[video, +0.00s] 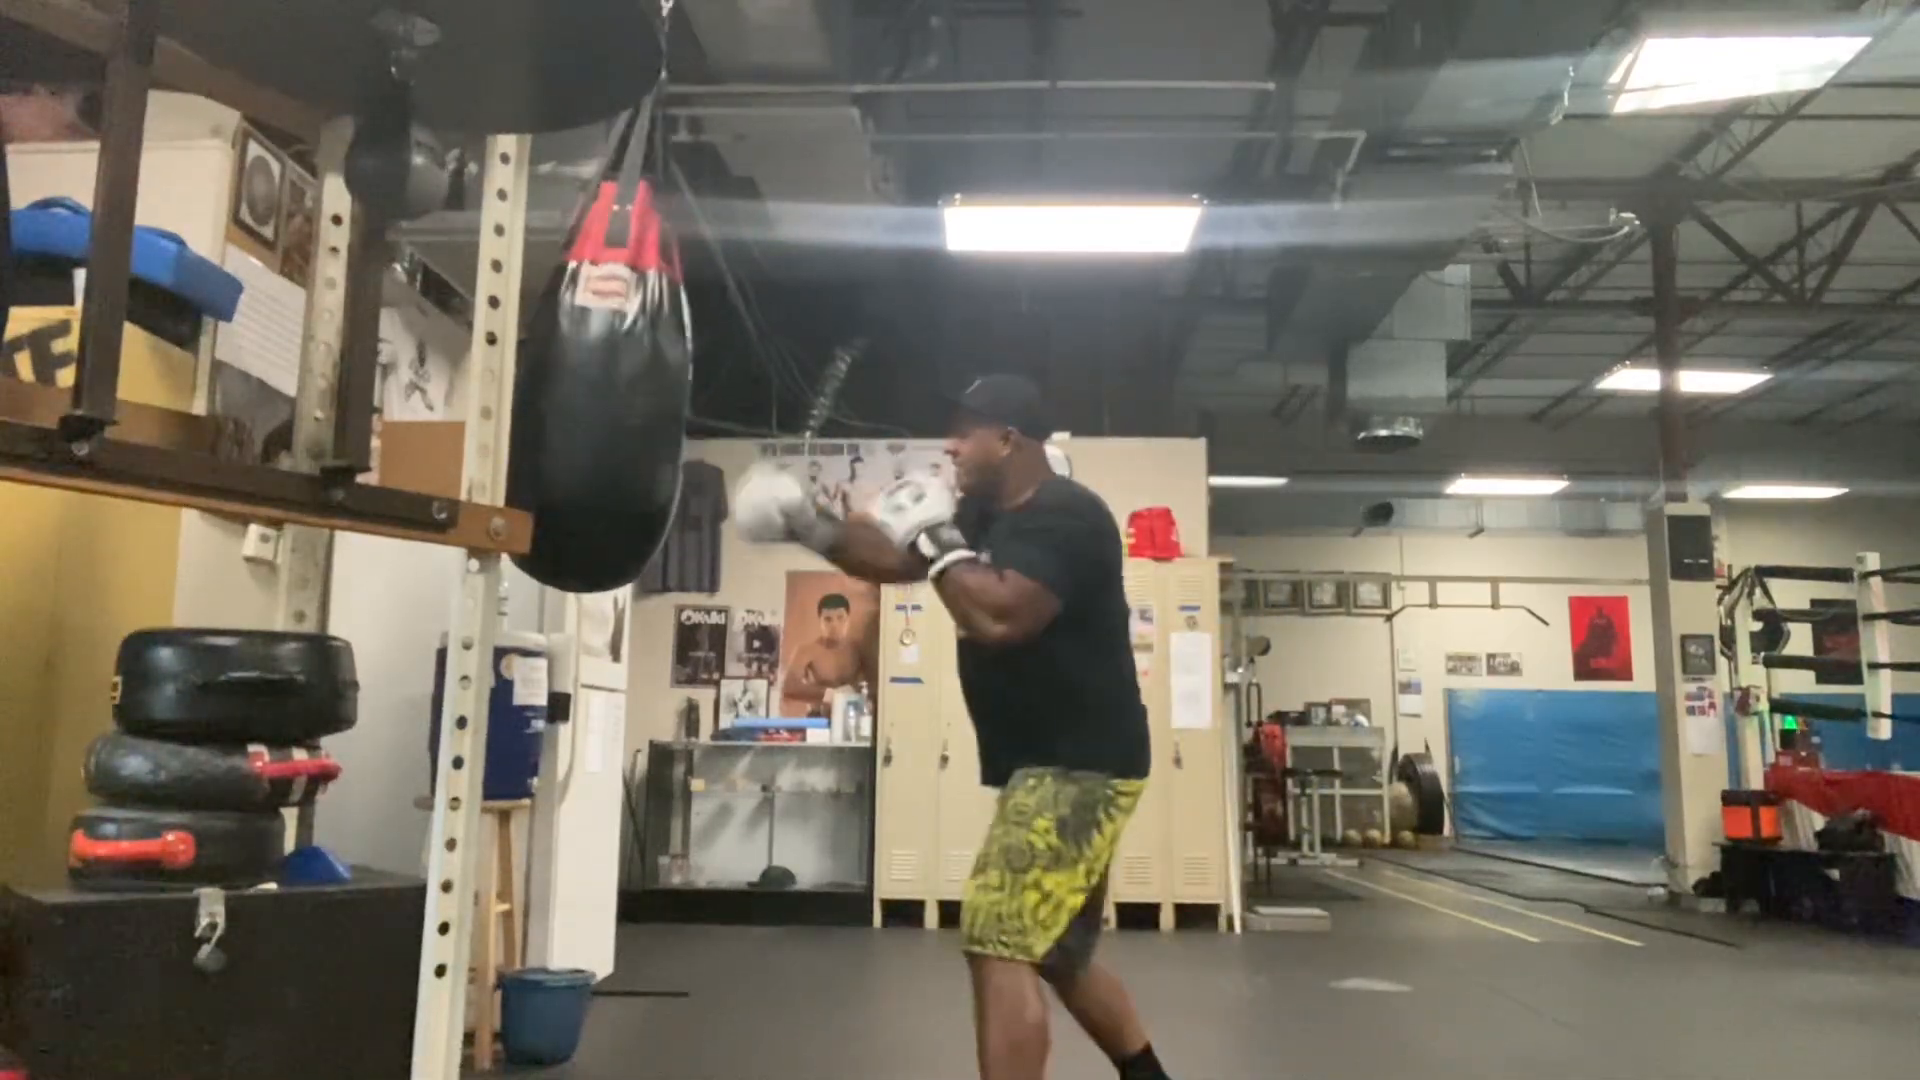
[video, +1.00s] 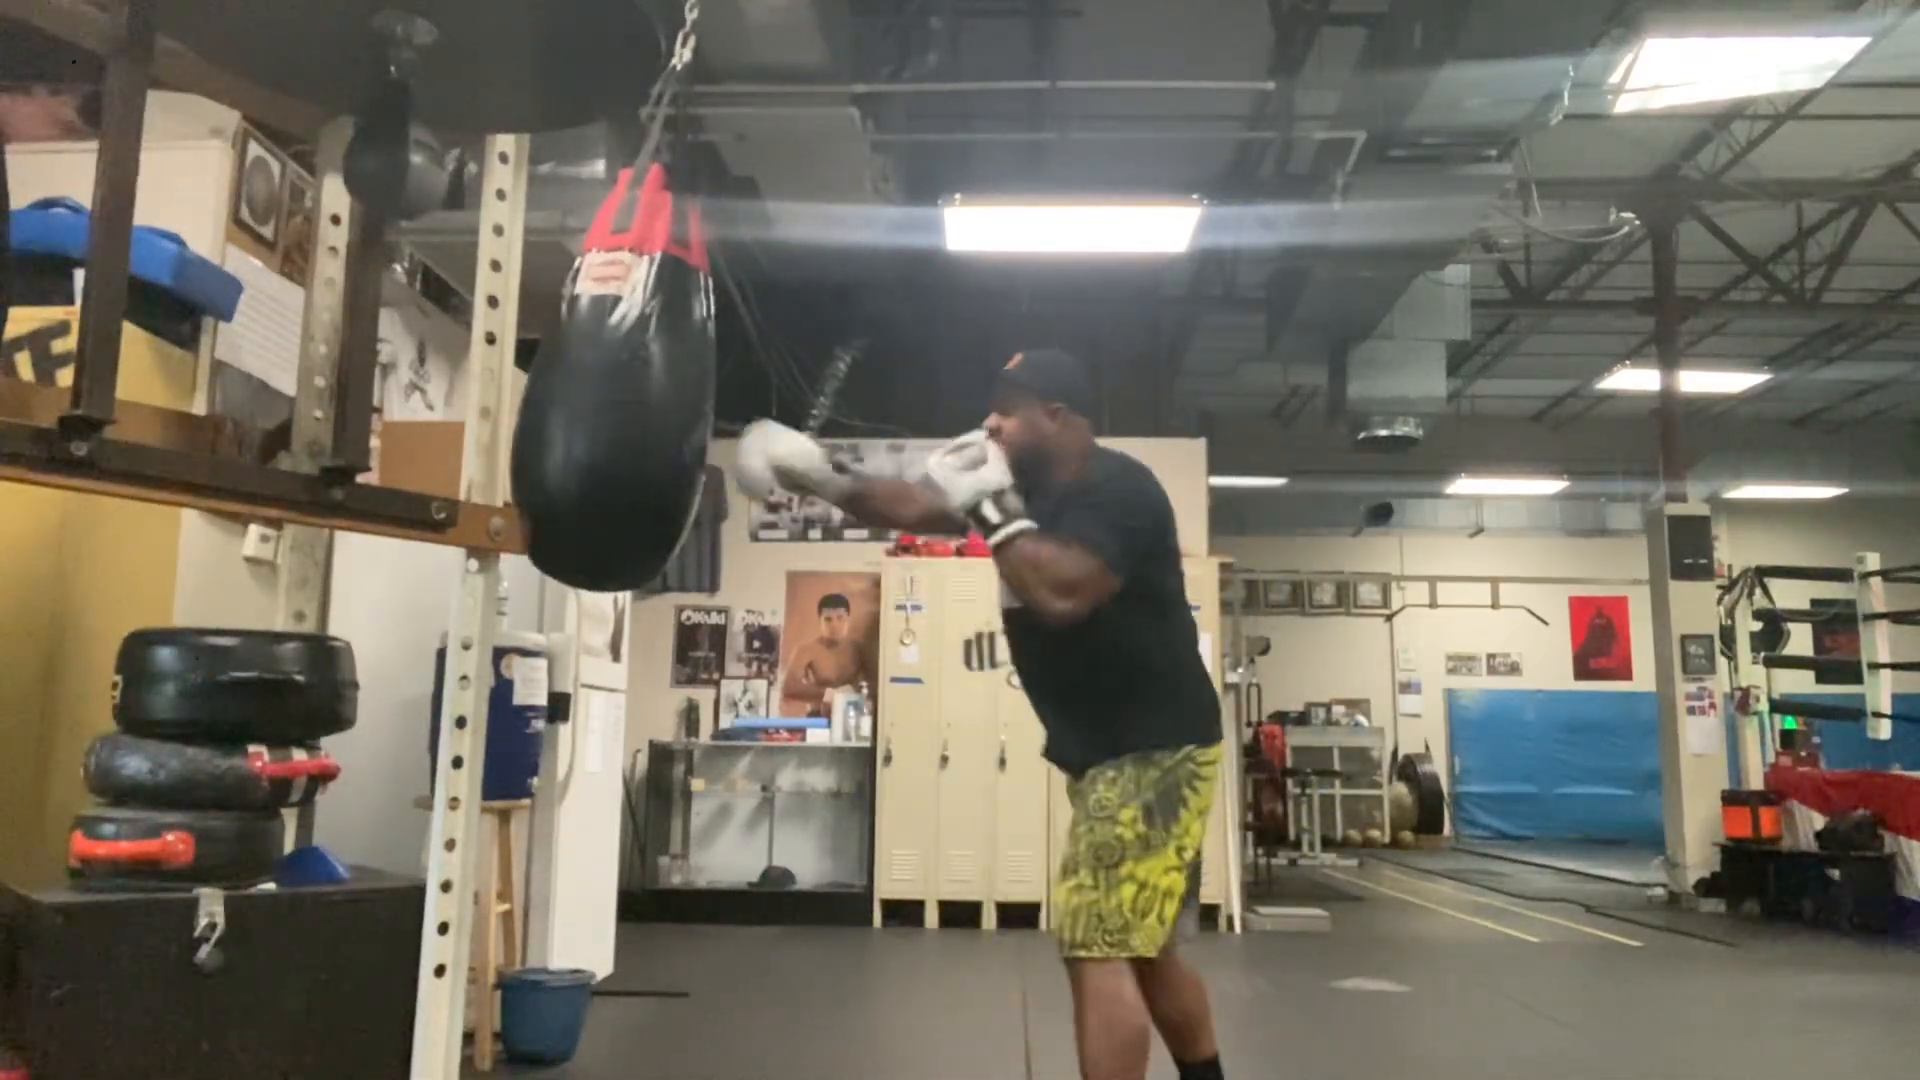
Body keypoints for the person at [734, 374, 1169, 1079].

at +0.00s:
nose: (951, 450)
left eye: (965, 435)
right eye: (952, 436)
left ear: (1012, 439)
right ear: (1006, 443)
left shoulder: (1070, 516)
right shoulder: (983, 514)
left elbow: (999, 617)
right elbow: (895, 557)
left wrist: (936, 539)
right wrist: (812, 523)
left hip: (1081, 763)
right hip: (1040, 764)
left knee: (997, 931)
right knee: (1062, 953)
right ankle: (1148, 1073)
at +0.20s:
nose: (948, 443)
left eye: (956, 428)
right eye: (950, 429)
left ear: (998, 430)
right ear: (1013, 435)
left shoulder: (1031, 488)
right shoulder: (1064, 500)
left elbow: (1007, 567)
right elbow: (1038, 629)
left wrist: (931, 526)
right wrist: (943, 619)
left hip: (1053, 746)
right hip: (1117, 742)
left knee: (977, 939)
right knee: (1103, 932)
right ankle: (1161, 1073)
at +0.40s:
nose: (949, 443)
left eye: (959, 426)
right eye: (949, 428)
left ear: (1003, 427)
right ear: (1023, 431)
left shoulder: (1007, 497)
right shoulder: (1078, 498)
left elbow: (907, 570)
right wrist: (927, 526)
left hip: (1058, 757)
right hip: (1112, 749)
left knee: (994, 962)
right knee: (1109, 945)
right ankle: (1167, 1073)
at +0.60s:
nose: (956, 445)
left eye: (970, 430)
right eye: (958, 430)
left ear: (1019, 434)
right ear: (1017, 437)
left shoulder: (1068, 502)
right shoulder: (1010, 508)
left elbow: (1017, 595)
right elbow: (934, 556)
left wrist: (947, 534)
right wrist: (841, 534)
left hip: (1080, 757)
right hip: (1084, 756)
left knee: (1010, 948)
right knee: (1090, 939)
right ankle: (1174, 1070)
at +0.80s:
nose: (966, 423)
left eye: (975, 408)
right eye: (966, 409)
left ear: (1020, 410)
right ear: (1031, 412)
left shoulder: (1033, 482)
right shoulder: (1092, 473)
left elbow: (915, 561)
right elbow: (980, 548)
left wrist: (851, 516)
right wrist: (924, 518)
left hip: (1083, 750)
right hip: (1133, 736)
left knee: (1047, 961)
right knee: (1104, 931)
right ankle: (1183, 1067)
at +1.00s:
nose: (993, 428)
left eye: (1006, 414)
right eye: (994, 414)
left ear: (1057, 416)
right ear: (1045, 419)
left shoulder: (1121, 488)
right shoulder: (1032, 491)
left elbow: (1064, 591)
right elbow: (920, 504)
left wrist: (999, 509)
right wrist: (821, 475)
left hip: (1155, 750)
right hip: (1105, 754)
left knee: (1094, 942)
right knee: (1148, 949)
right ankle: (1206, 1077)